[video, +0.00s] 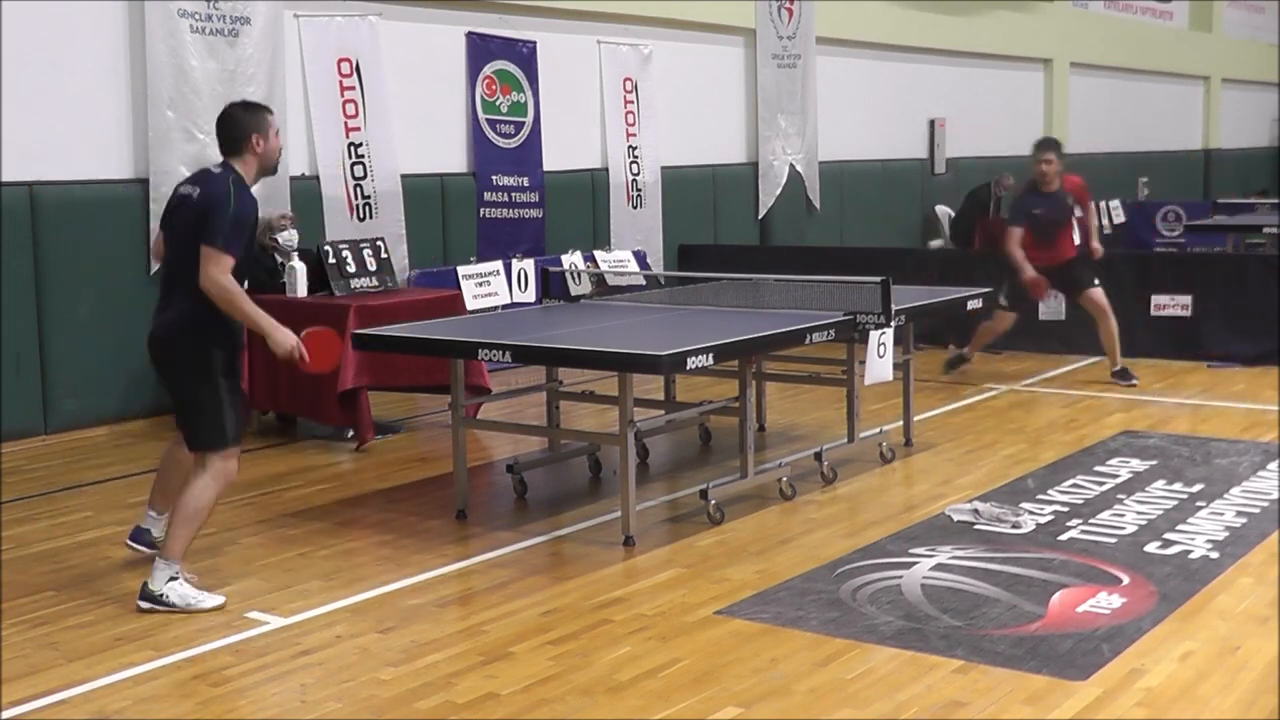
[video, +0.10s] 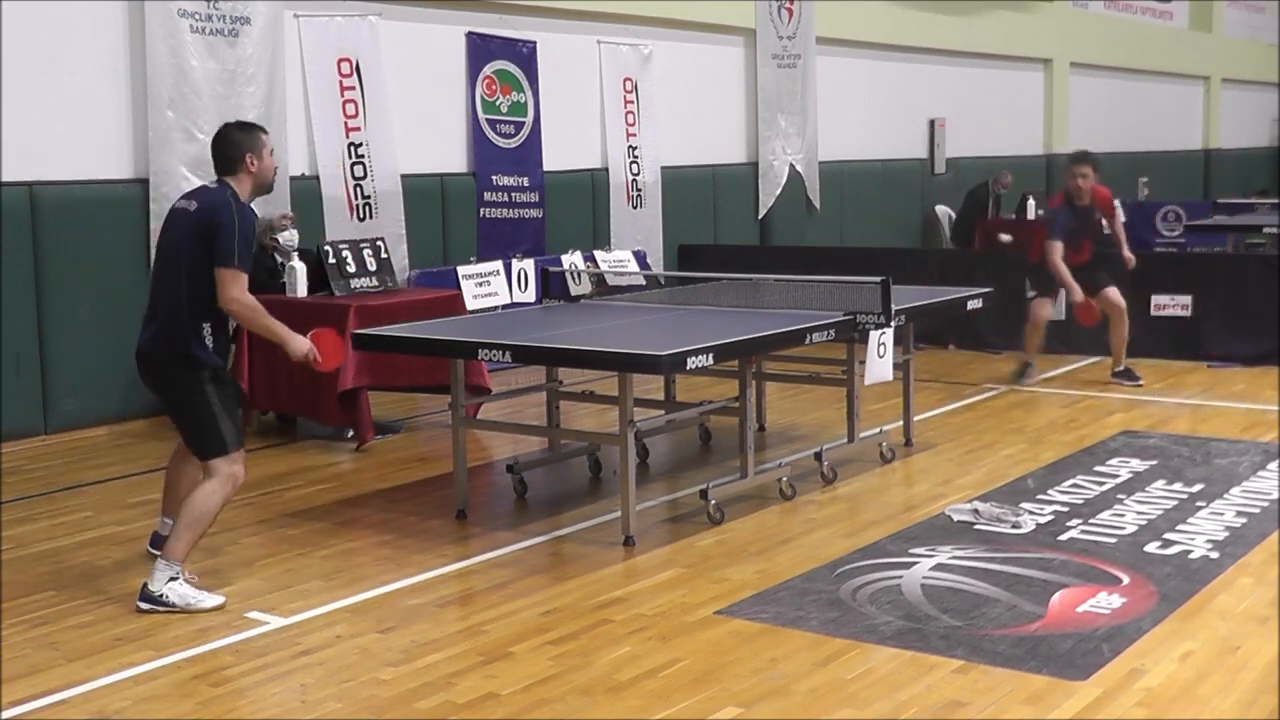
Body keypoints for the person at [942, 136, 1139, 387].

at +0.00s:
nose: (1043, 168)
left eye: (1048, 163)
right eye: (1039, 163)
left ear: (1060, 164)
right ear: (1033, 165)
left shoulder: (1074, 186)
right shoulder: (1024, 196)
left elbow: (1088, 208)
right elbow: (1012, 244)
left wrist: (1093, 240)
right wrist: (1028, 272)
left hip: (1069, 263)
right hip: (1031, 267)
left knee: (1102, 307)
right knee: (1001, 323)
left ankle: (1117, 367)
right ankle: (967, 353)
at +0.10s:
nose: (1078, 183)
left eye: (1084, 177)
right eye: (1074, 177)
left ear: (1094, 179)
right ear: (1067, 179)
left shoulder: (1102, 197)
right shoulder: (1058, 206)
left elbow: (1114, 219)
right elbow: (1053, 256)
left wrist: (1124, 248)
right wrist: (1073, 289)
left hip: (1084, 265)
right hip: (1050, 266)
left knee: (1118, 307)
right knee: (1039, 316)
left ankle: (1119, 367)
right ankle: (1029, 363)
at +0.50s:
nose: (1129, 234)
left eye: (1135, 228)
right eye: (1123, 227)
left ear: (1143, 227)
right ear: (1113, 226)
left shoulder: (1142, 235)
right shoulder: (1101, 242)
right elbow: (1097, 285)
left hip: (1106, 280)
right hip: (1069, 280)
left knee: (1146, 321)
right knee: (1101, 309)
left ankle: (1117, 365)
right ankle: (1102, 381)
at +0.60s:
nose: (1118, 224)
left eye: (1123, 218)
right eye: (1112, 218)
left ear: (1134, 218)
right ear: (1105, 218)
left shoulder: (1141, 227)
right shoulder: (1094, 234)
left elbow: (1136, 256)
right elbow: (1083, 269)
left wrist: (1120, 272)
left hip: (1117, 276)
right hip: (1079, 275)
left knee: (1146, 326)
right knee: (1099, 309)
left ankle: (1113, 357)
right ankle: (1102, 380)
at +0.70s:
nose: (1109, 203)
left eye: (1115, 196)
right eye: (1104, 196)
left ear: (1126, 198)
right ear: (1097, 197)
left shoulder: (1138, 215)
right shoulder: (1089, 218)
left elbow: (1158, 238)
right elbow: (1062, 250)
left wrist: (1173, 267)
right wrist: (1081, 236)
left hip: (1122, 270)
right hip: (1086, 270)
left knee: (1150, 325)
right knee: (1099, 307)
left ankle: (1121, 351)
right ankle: (1102, 380)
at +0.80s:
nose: (1109, 189)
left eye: (1116, 182)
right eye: (1104, 182)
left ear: (1127, 184)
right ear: (1098, 183)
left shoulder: (1141, 205)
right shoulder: (1087, 206)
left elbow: (1165, 239)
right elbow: (1048, 246)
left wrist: (1187, 278)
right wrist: (1067, 234)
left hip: (1123, 265)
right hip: (1087, 265)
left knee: (1155, 320)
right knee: (1102, 308)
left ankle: (1137, 357)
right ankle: (1103, 381)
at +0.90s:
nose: (1112, 175)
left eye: (1119, 169)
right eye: (1108, 169)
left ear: (1130, 172)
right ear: (1102, 170)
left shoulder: (1142, 198)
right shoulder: (1085, 197)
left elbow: (1165, 237)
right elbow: (1056, 230)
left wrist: (1177, 272)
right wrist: (1060, 244)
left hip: (1126, 260)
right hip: (1089, 261)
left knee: (1153, 313)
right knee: (1094, 311)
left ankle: (1163, 371)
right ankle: (1100, 380)